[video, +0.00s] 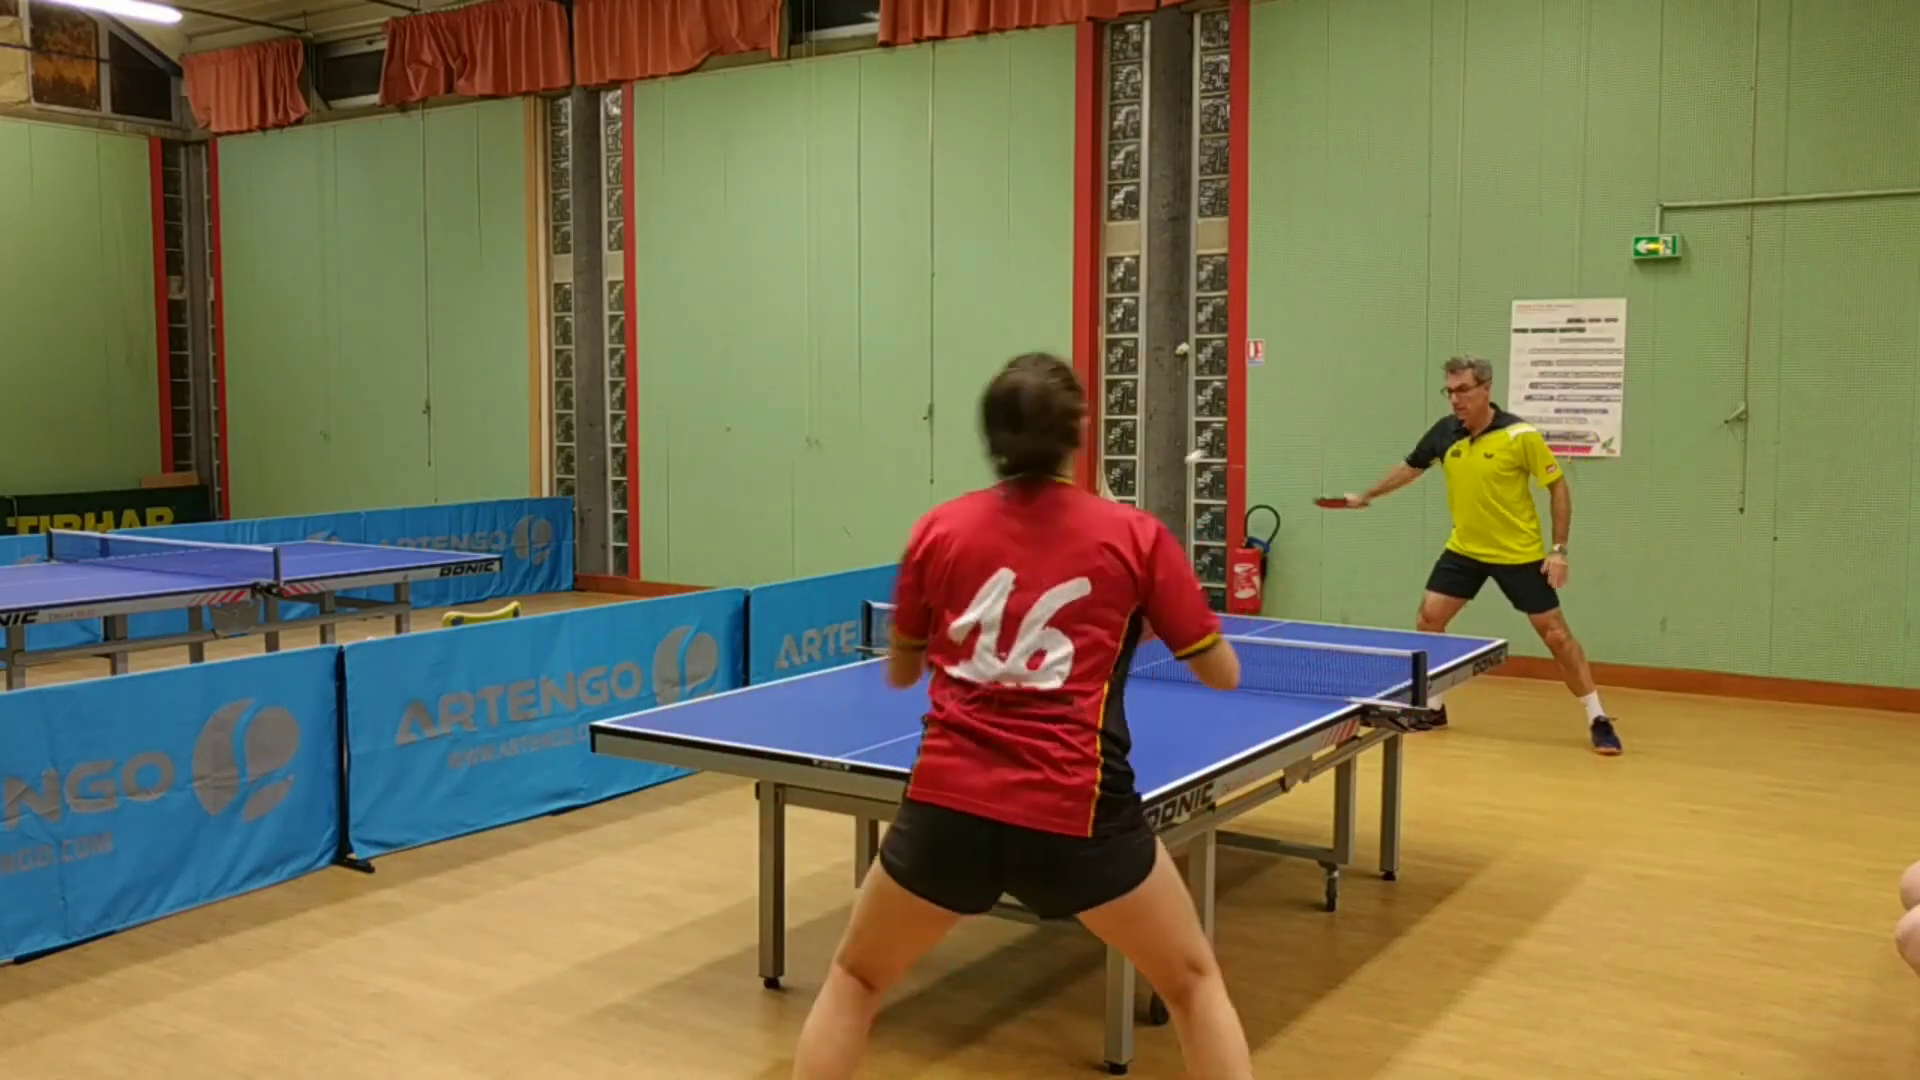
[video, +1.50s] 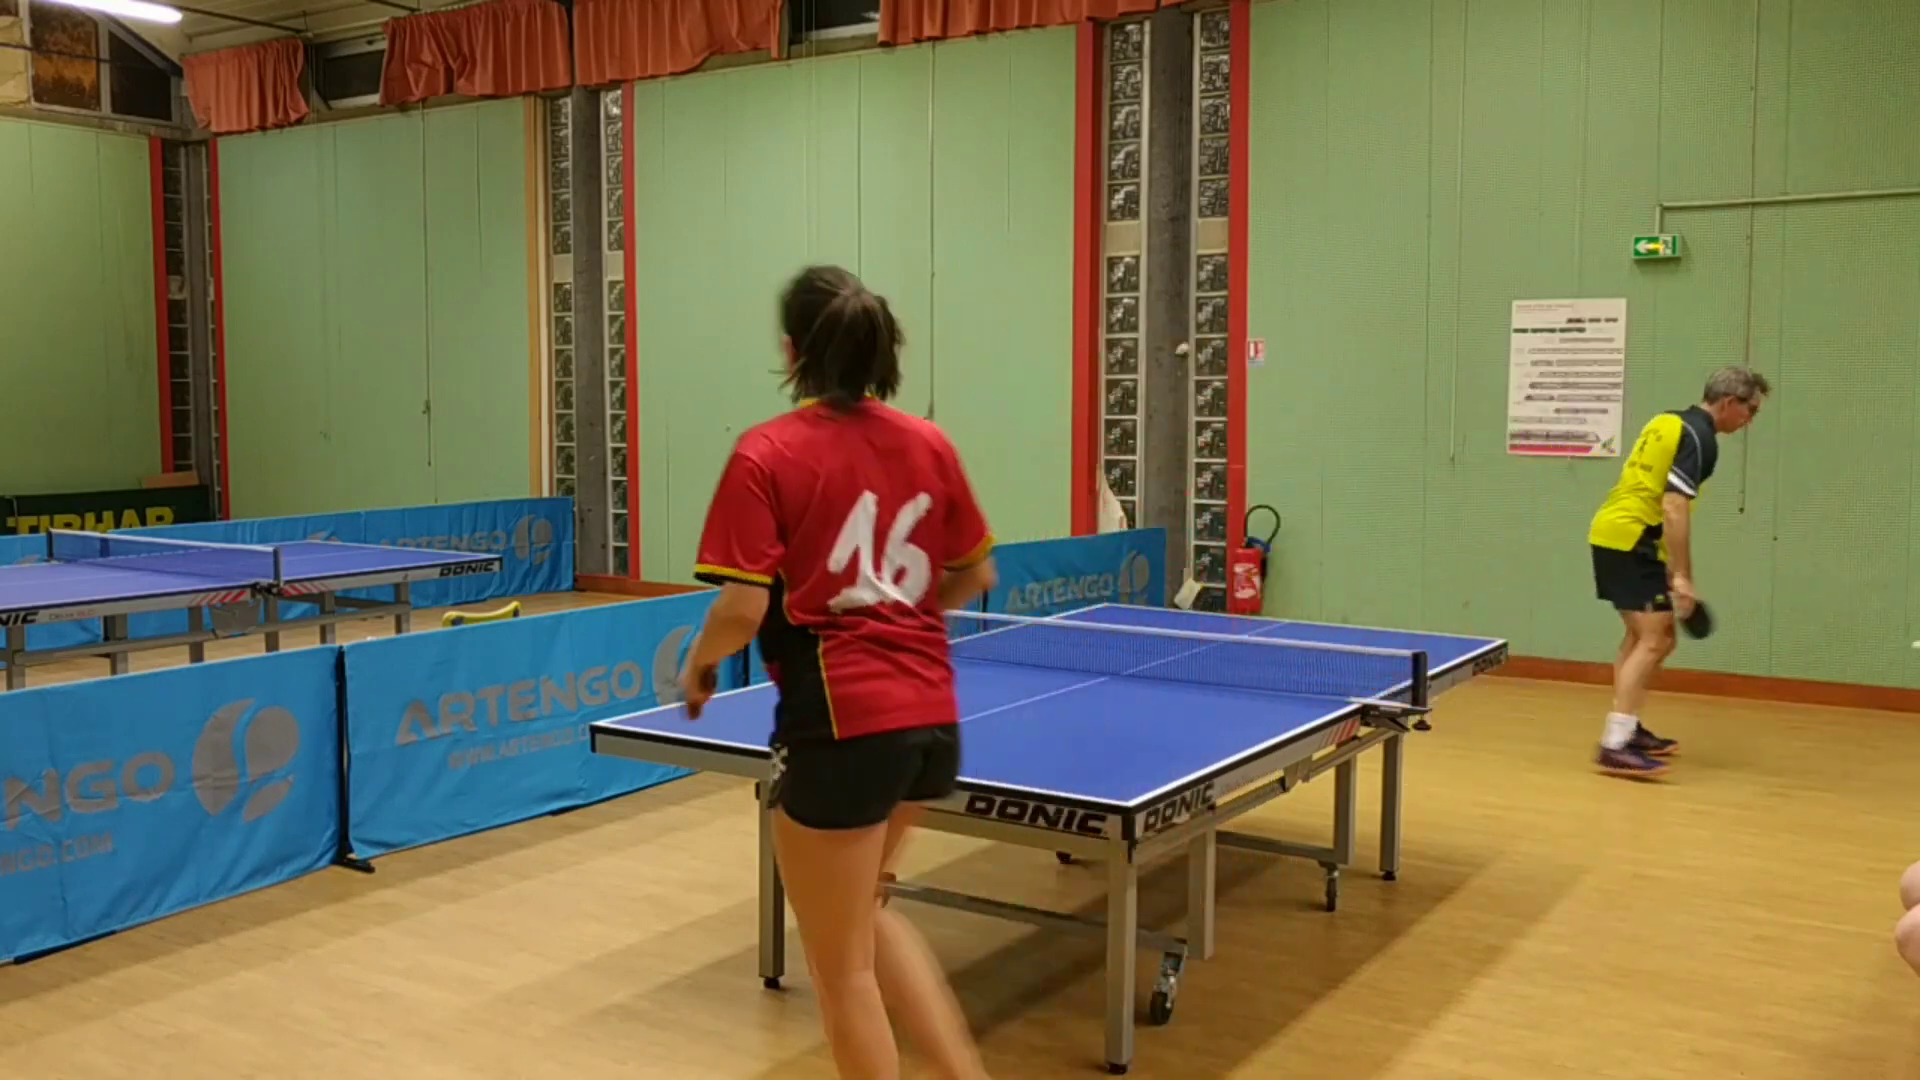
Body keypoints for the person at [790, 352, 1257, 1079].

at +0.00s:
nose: (1087, 427)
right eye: (1084, 418)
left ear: (993, 435)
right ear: (1079, 432)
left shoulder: (940, 530)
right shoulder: (1132, 536)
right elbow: (1222, 672)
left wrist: (956, 613)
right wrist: (1170, 612)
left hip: (948, 815)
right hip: (1076, 822)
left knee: (855, 981)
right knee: (1192, 983)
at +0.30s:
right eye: (1073, 465)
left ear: (990, 494)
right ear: (1069, 482)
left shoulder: (985, 591)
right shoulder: (1154, 559)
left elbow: (932, 736)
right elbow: (1241, 679)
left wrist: (827, 695)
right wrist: (1149, 666)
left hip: (1054, 846)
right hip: (1177, 843)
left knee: (903, 1026)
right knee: (1233, 1007)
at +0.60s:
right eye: (1305, 493)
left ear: (1226, 498)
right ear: (1297, 505)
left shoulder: (1180, 563)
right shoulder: (1297, 564)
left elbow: (1331, 657)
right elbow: (1347, 712)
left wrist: (1453, 622)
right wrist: (1319, 719)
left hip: (1095, 793)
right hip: (1211, 808)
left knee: (975, 1011)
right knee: (1299, 983)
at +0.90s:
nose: (1280, 411)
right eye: (1275, 400)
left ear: (1189, 411)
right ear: (1267, 414)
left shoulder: (1143, 481)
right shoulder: (1293, 502)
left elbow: (1191, 595)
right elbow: (1339, 653)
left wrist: (1322, 642)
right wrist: (1266, 621)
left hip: (1082, 740)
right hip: (1202, 761)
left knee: (976, 944)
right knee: (1268, 974)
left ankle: (888, 1077)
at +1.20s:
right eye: (1055, 382)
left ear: (974, 400)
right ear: (1057, 397)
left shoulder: (932, 493)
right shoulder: (1112, 497)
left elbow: (890, 599)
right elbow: (1185, 626)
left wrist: (971, 561)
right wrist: (1114, 570)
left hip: (960, 774)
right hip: (1080, 773)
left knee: (898, 961)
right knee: (1179, 975)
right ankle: (1249, 1078)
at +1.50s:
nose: (782, 347)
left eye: (784, 337)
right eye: (785, 336)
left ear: (794, 348)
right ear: (876, 346)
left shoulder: (768, 452)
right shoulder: (927, 443)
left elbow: (741, 611)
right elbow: (972, 572)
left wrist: (698, 663)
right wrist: (896, 606)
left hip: (841, 734)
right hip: (933, 726)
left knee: (843, 968)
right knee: (869, 901)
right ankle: (965, 1069)